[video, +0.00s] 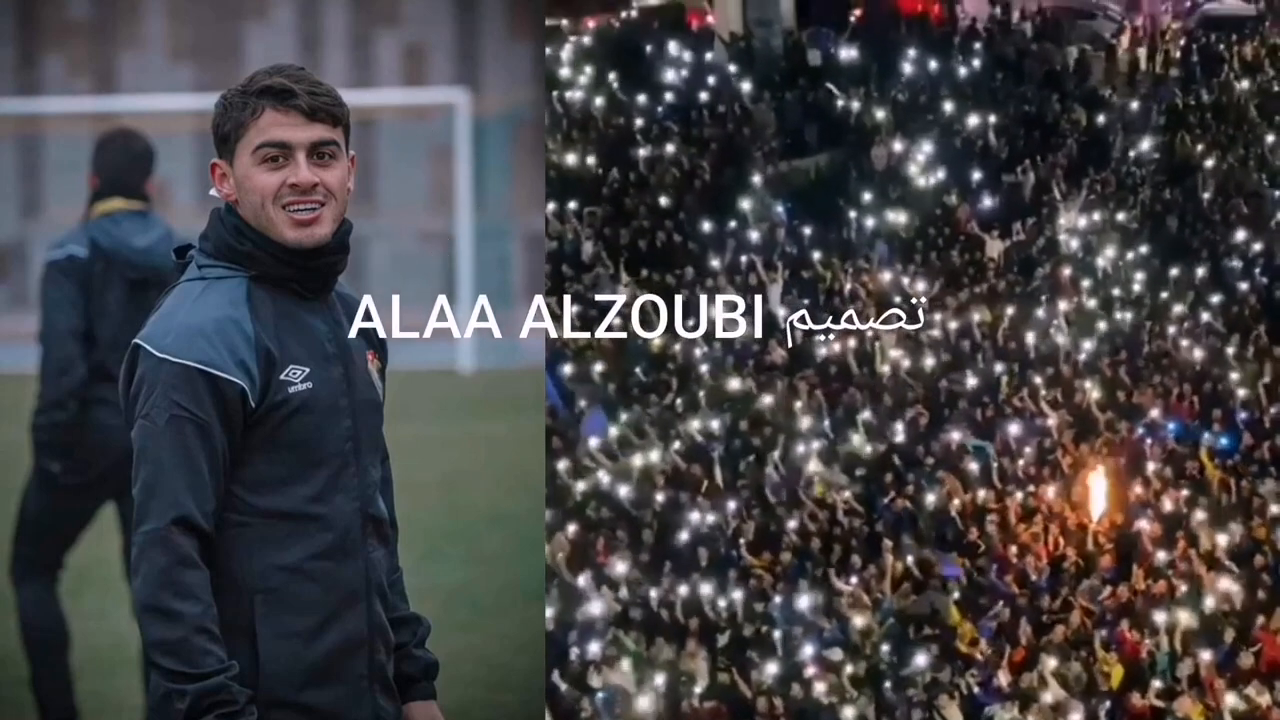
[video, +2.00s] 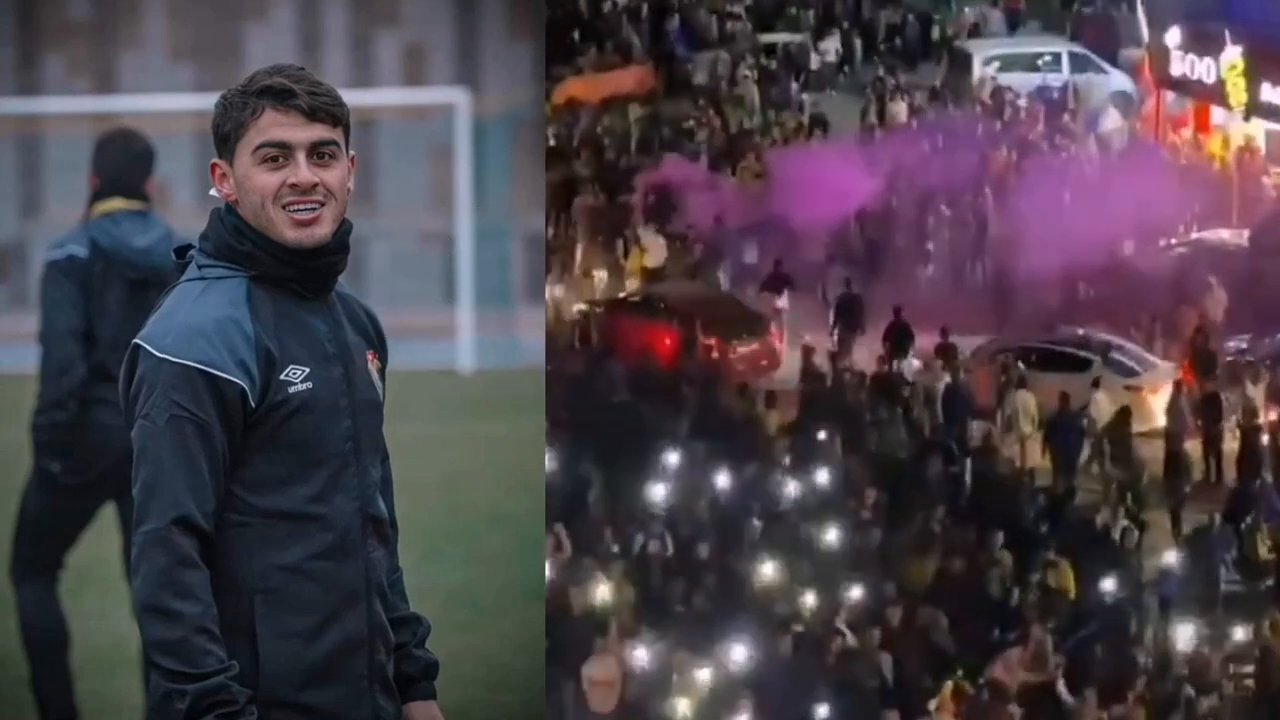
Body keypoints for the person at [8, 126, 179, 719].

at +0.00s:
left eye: (94, 173)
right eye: (149, 178)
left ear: (94, 180)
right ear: (152, 185)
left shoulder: (73, 253)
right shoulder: (178, 254)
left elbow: (65, 361)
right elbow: (190, 351)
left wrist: (51, 440)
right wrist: (175, 429)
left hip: (88, 448)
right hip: (158, 447)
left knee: (34, 569)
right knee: (157, 580)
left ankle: (57, 708)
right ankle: (167, 705)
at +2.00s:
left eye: (93, 173)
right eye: (150, 178)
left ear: (94, 180)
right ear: (152, 185)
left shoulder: (73, 253)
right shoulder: (178, 254)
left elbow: (65, 362)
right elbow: (190, 351)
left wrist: (51, 440)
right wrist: (174, 428)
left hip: (88, 448)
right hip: (158, 447)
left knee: (34, 569)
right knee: (156, 580)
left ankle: (57, 709)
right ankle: (167, 706)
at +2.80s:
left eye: (93, 173)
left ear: (94, 180)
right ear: (152, 185)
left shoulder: (73, 253)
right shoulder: (178, 254)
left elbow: (65, 361)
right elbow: (190, 351)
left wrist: (51, 441)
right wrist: (175, 428)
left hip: (88, 448)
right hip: (158, 447)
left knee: (33, 569)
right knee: (157, 580)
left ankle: (57, 708)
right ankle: (167, 705)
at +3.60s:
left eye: (93, 173)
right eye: (150, 178)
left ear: (94, 180)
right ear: (152, 185)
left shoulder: (74, 253)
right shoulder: (178, 254)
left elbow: (65, 361)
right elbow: (190, 351)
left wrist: (51, 438)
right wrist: (174, 427)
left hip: (88, 447)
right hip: (158, 446)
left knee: (34, 569)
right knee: (157, 580)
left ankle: (57, 708)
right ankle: (167, 705)